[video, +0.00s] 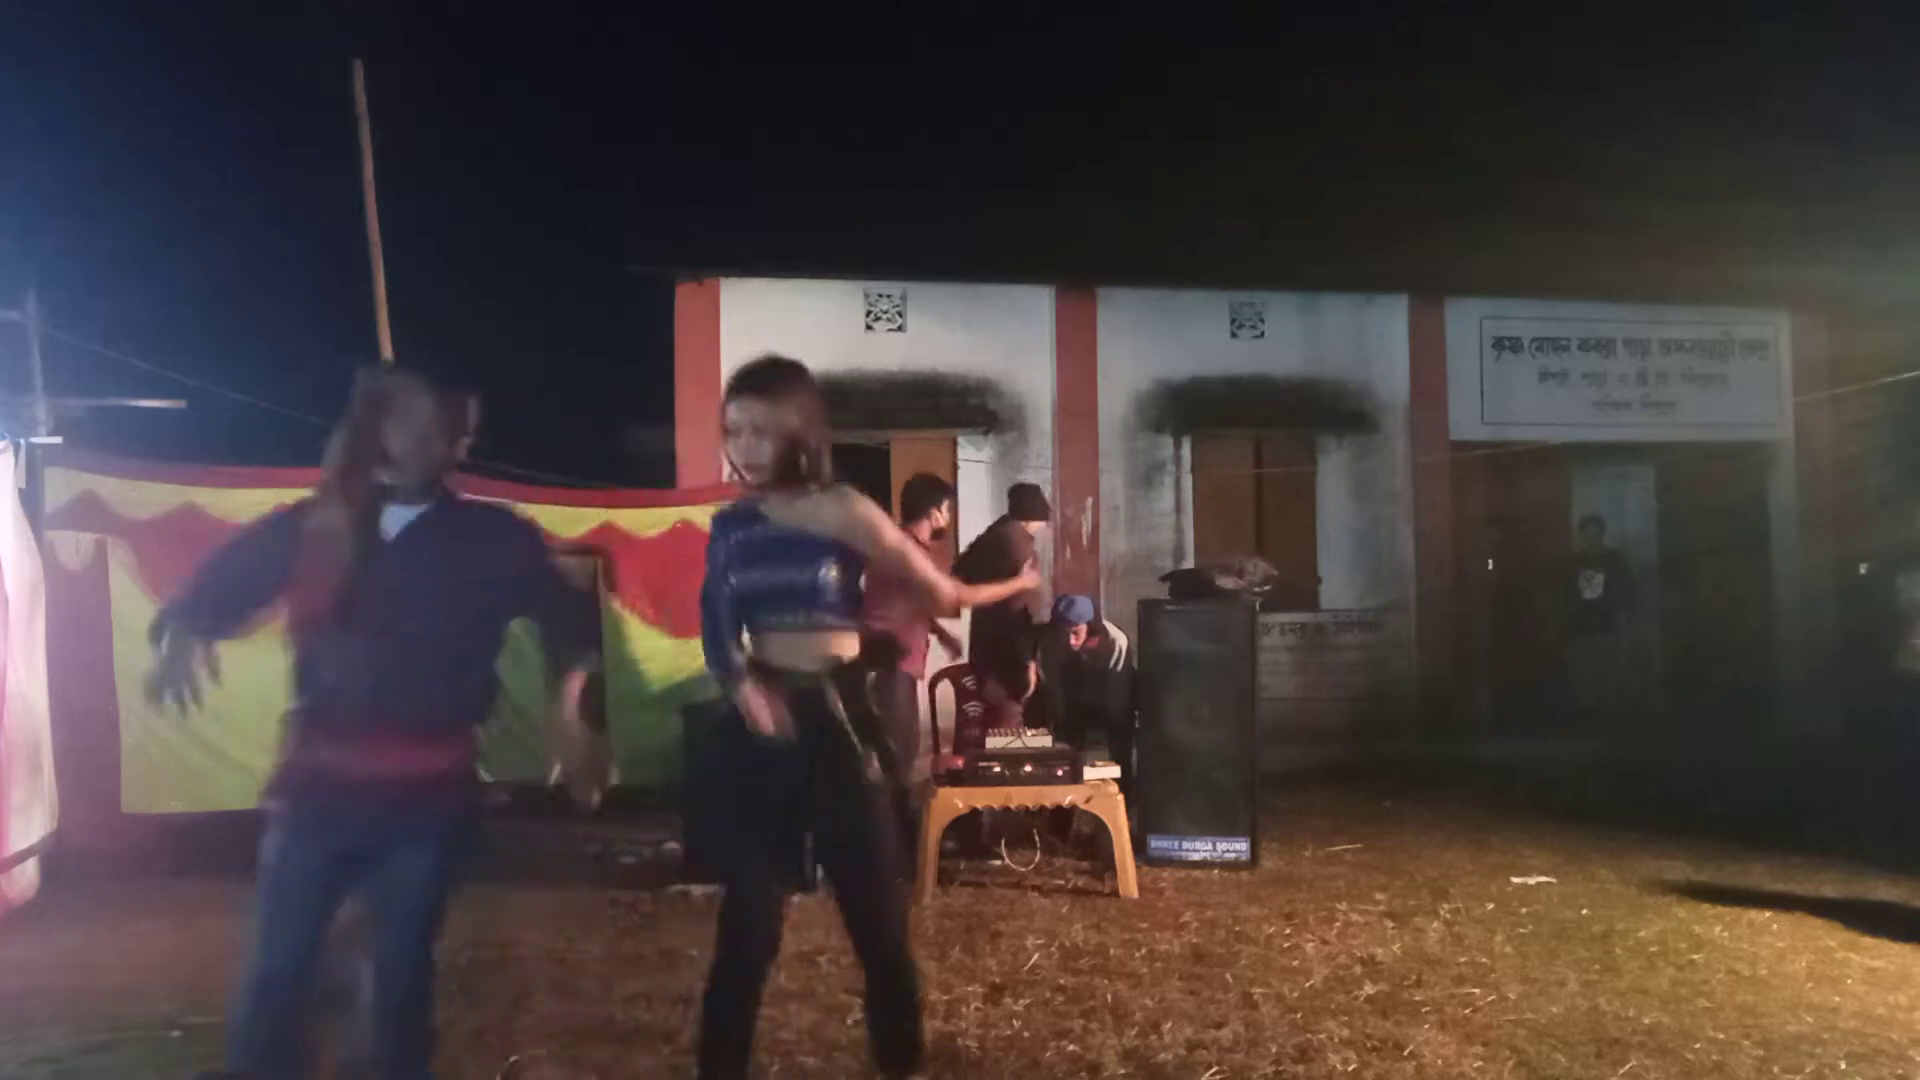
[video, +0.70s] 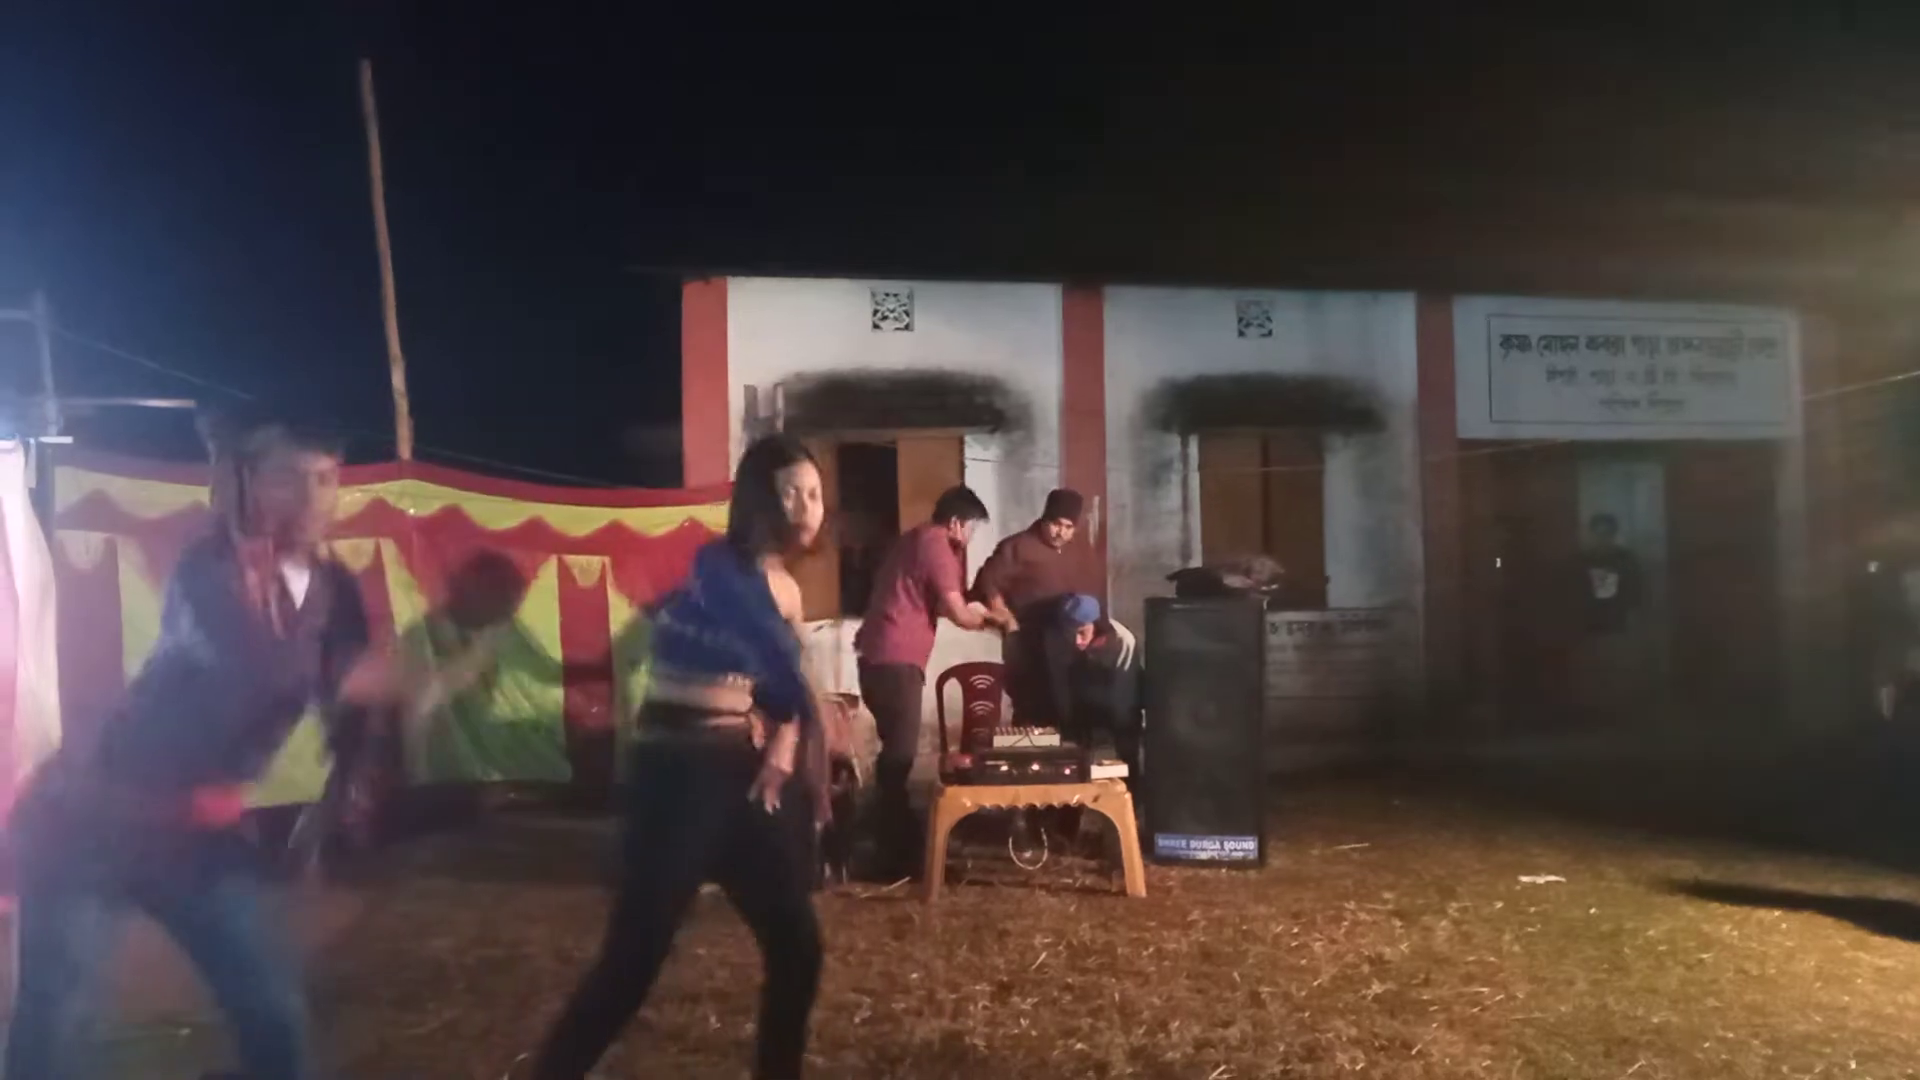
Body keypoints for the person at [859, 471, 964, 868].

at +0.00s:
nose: (948, 519)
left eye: (949, 511)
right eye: (946, 511)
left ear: (911, 508)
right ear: (934, 511)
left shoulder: (895, 544)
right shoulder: (910, 549)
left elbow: (908, 601)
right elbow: (943, 602)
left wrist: (941, 634)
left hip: (884, 657)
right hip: (896, 664)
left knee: (897, 753)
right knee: (902, 757)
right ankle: (902, 854)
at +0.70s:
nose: (971, 536)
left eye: (973, 527)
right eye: (970, 527)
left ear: (946, 520)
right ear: (954, 521)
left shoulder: (914, 539)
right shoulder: (937, 545)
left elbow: (947, 604)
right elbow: (960, 613)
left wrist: (975, 610)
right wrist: (984, 617)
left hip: (879, 660)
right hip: (898, 663)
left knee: (896, 754)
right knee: (899, 756)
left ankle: (892, 850)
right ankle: (892, 852)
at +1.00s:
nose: (992, 526)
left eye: (997, 519)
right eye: (991, 517)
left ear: (978, 509)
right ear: (974, 506)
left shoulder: (958, 526)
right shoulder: (953, 528)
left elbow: (977, 584)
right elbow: (978, 586)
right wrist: (1012, 631)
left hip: (923, 633)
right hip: (911, 633)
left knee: (923, 725)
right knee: (921, 725)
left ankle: (911, 814)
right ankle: (909, 817)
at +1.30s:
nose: (1036, 497)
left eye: (1036, 489)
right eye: (1034, 490)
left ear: (1004, 485)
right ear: (1022, 491)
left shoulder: (987, 517)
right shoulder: (994, 522)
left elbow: (985, 585)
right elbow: (996, 579)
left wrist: (1012, 627)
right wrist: (1036, 626)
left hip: (963, 627)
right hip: (964, 628)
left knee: (967, 722)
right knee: (967, 724)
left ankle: (954, 812)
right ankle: (955, 816)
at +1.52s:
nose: (1082, 491)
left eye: (1082, 483)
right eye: (1079, 484)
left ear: (1050, 479)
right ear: (1068, 484)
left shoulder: (1030, 513)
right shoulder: (1041, 520)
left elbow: (1012, 580)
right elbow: (1031, 580)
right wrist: (1051, 634)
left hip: (1017, 635)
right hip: (1025, 637)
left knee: (1026, 720)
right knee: (1030, 722)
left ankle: (1010, 800)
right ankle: (1014, 807)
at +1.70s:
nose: (1149, 486)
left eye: (1148, 479)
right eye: (1146, 479)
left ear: (1114, 474)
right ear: (1135, 480)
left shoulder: (1089, 509)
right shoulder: (1112, 516)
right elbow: (1105, 578)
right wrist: (1113, 640)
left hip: (1076, 636)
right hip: (1095, 639)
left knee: (1090, 726)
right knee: (1103, 728)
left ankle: (1085, 812)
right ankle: (1097, 817)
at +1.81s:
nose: (1184, 485)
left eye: (1183, 478)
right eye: (1182, 479)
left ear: (1147, 473)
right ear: (1172, 481)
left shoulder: (1116, 508)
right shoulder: (1153, 517)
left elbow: (1095, 569)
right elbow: (1149, 581)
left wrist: (1102, 623)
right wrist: (1156, 647)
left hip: (1108, 632)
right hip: (1134, 637)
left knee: (1123, 724)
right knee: (1136, 727)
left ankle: (1112, 812)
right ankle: (1128, 818)